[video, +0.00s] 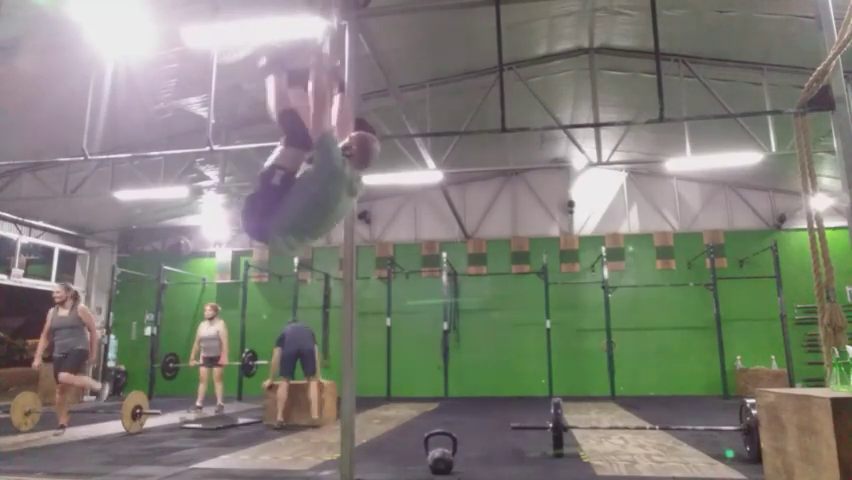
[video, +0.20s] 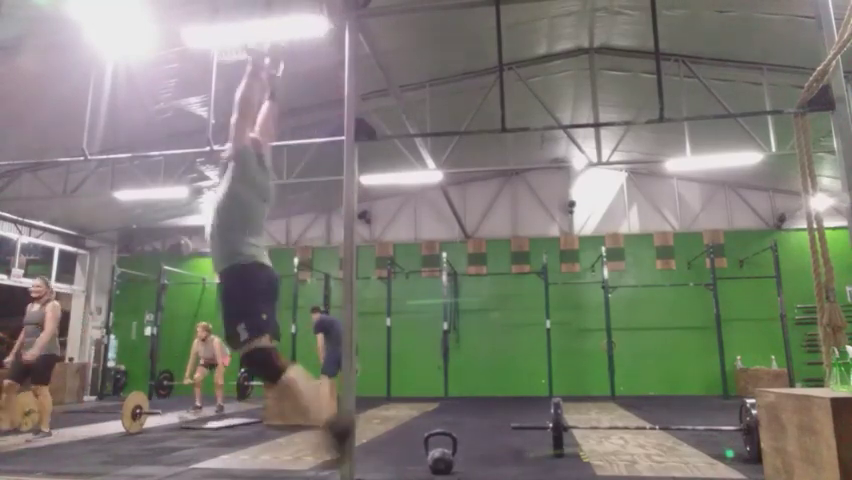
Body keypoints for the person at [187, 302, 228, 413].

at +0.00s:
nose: (206, 313)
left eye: (209, 310)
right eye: (205, 310)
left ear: (215, 312)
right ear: (204, 312)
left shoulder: (220, 324)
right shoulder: (202, 325)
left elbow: (224, 341)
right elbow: (197, 342)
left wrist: (224, 357)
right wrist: (192, 358)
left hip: (217, 354)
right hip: (204, 354)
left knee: (217, 378)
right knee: (202, 379)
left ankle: (219, 403)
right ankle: (199, 403)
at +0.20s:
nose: (199, 334)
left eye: (201, 331)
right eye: (198, 331)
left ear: (207, 332)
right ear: (197, 332)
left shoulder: (215, 341)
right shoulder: (196, 342)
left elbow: (220, 359)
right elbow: (192, 359)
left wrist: (220, 377)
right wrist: (187, 376)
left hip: (219, 360)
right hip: (206, 360)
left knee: (218, 381)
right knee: (197, 378)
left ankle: (219, 404)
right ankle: (198, 404)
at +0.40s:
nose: (197, 336)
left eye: (199, 334)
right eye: (195, 334)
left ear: (205, 334)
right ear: (194, 335)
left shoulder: (213, 342)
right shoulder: (195, 344)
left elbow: (219, 360)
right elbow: (191, 360)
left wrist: (220, 377)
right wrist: (187, 378)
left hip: (219, 360)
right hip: (205, 361)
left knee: (218, 382)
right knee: (197, 379)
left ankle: (219, 404)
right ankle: (198, 404)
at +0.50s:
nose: (200, 319)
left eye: (203, 316)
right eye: (200, 316)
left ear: (209, 319)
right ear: (198, 318)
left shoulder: (215, 329)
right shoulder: (197, 330)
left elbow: (221, 347)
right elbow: (192, 347)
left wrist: (222, 364)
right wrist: (189, 363)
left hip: (217, 354)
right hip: (204, 355)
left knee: (217, 376)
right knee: (200, 375)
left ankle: (219, 402)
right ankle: (198, 402)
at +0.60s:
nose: (203, 313)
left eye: (206, 311)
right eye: (203, 311)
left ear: (211, 313)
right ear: (201, 312)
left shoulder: (218, 326)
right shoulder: (200, 325)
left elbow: (223, 346)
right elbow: (194, 343)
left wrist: (222, 361)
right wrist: (191, 358)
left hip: (216, 358)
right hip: (203, 357)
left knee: (217, 380)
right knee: (202, 380)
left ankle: (219, 403)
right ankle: (198, 402)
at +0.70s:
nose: (205, 312)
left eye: (207, 310)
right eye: (204, 310)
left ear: (213, 312)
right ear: (203, 312)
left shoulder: (218, 324)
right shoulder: (200, 324)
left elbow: (223, 340)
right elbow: (195, 340)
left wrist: (223, 356)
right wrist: (191, 356)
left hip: (216, 354)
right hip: (203, 354)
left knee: (216, 378)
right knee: (201, 378)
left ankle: (219, 403)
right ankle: (198, 402)